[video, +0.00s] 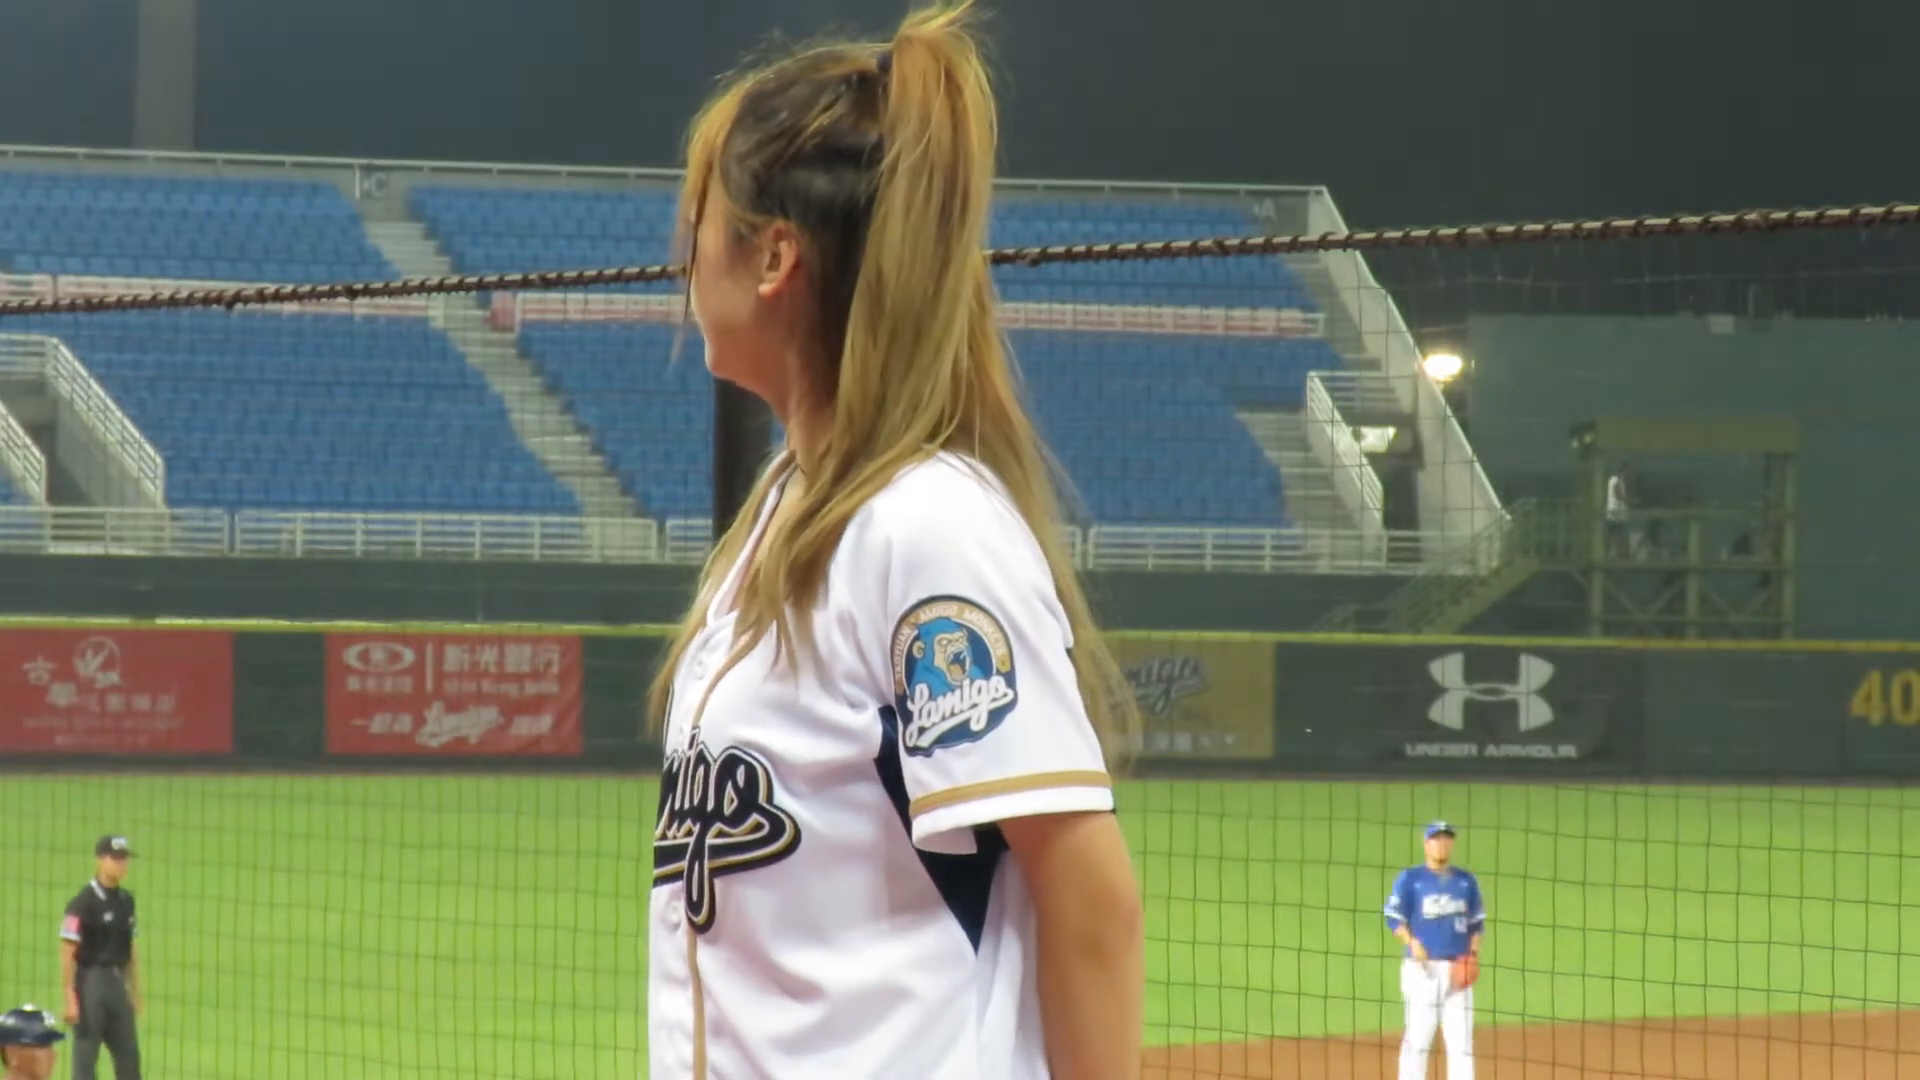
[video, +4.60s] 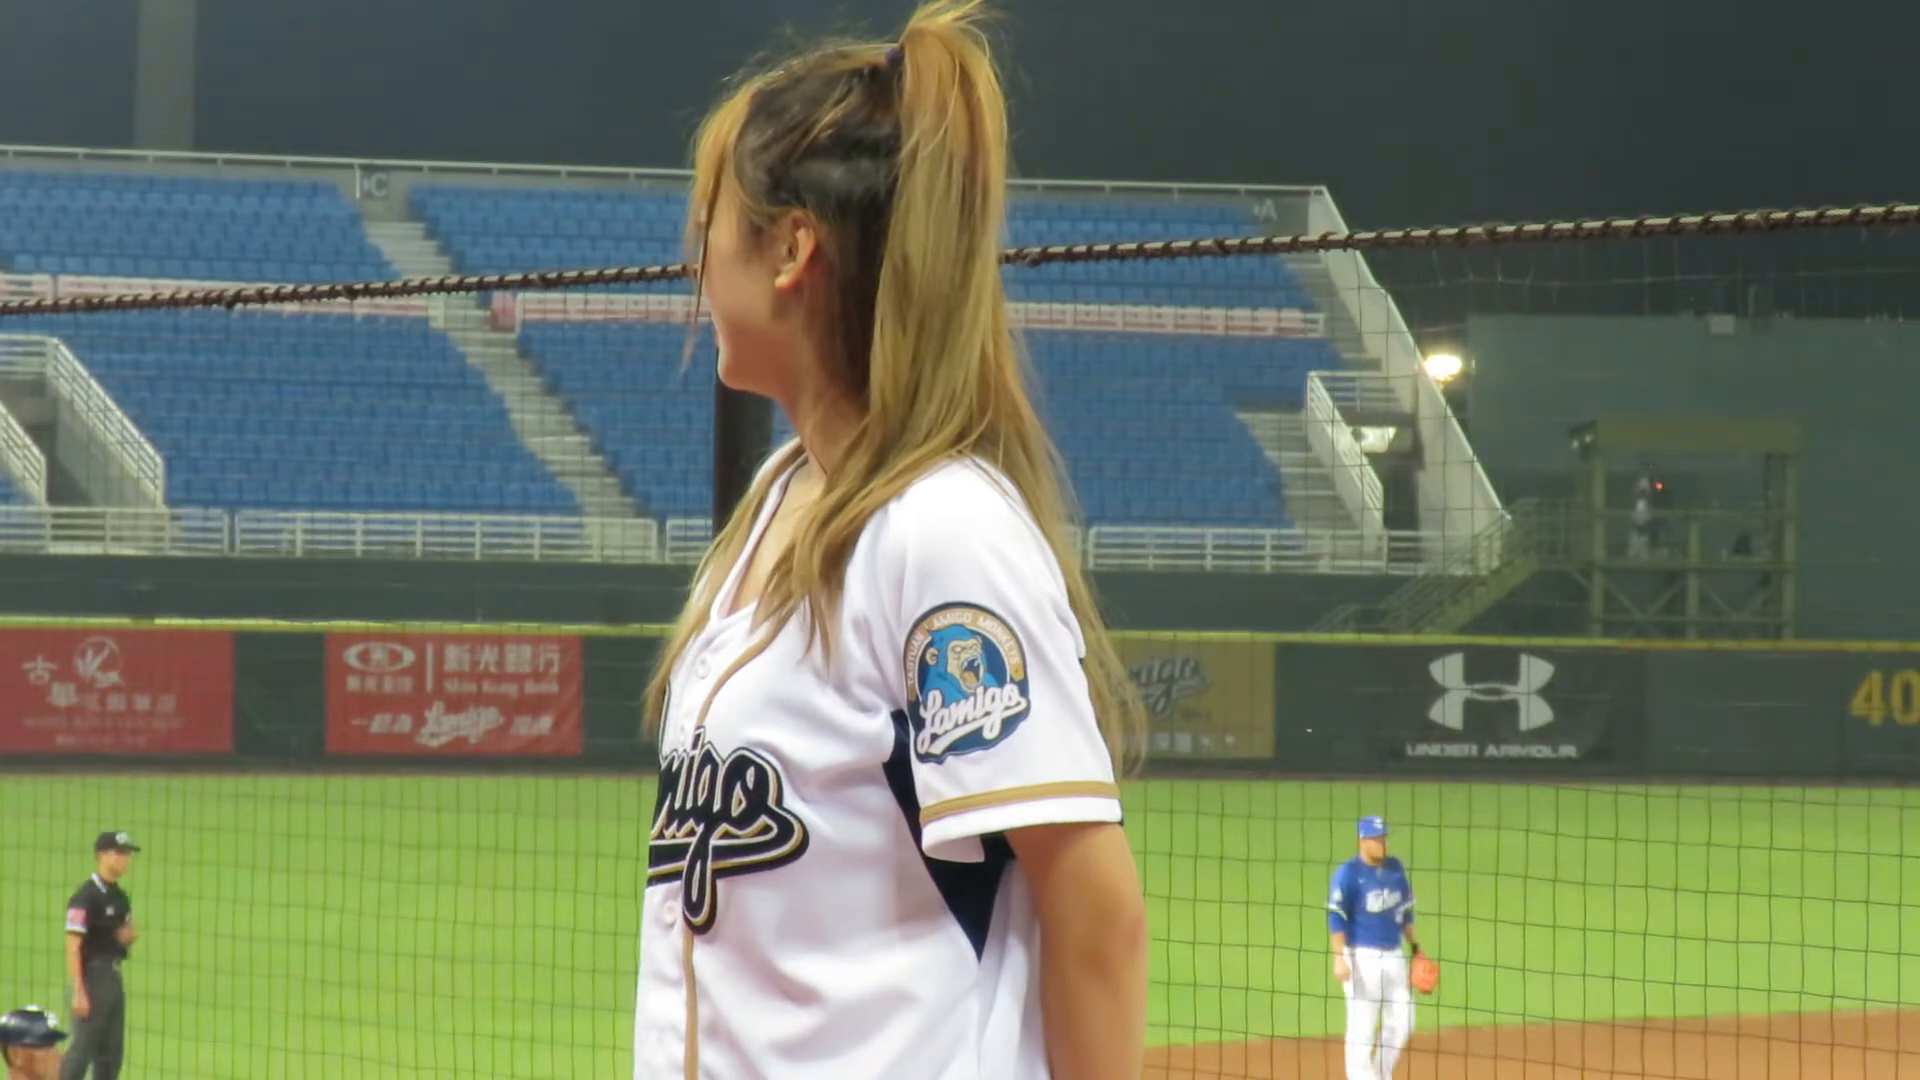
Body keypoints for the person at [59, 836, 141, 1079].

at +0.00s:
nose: (120, 865)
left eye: (123, 859)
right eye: (114, 859)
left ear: (127, 862)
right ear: (100, 860)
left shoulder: (126, 900)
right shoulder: (82, 903)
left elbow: (128, 949)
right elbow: (68, 952)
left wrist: (133, 991)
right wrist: (69, 996)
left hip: (117, 972)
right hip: (90, 973)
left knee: (128, 1053)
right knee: (86, 1053)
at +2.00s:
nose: (116, 866)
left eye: (117, 860)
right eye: (110, 859)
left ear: (118, 862)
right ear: (94, 861)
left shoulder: (118, 901)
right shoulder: (77, 904)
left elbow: (121, 952)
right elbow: (65, 954)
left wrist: (129, 992)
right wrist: (72, 1000)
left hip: (113, 973)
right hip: (87, 972)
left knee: (125, 1051)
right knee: (84, 1052)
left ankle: (127, 1076)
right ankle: (82, 1074)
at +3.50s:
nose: (132, 860)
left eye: (132, 854)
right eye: (127, 854)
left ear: (121, 857)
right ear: (110, 856)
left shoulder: (125, 895)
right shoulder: (95, 898)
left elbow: (130, 947)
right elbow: (87, 950)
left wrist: (141, 984)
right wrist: (108, 990)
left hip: (127, 970)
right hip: (106, 969)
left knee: (122, 1047)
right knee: (103, 1048)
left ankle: (117, 1075)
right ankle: (98, 1075)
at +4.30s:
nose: (145, 862)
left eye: (145, 856)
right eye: (141, 855)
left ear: (129, 857)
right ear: (122, 855)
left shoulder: (127, 892)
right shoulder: (102, 894)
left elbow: (117, 936)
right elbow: (89, 944)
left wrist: (139, 945)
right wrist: (95, 989)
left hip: (121, 967)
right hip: (104, 967)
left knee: (118, 1044)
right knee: (103, 1043)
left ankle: (111, 1074)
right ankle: (90, 1075)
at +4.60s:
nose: (126, 860)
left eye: (127, 854)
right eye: (121, 854)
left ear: (123, 858)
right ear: (103, 855)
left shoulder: (119, 895)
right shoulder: (85, 895)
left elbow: (126, 933)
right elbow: (73, 947)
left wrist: (127, 935)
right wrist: (79, 991)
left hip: (112, 967)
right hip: (92, 967)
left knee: (110, 1047)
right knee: (84, 1044)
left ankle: (106, 1074)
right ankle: (68, 1075)